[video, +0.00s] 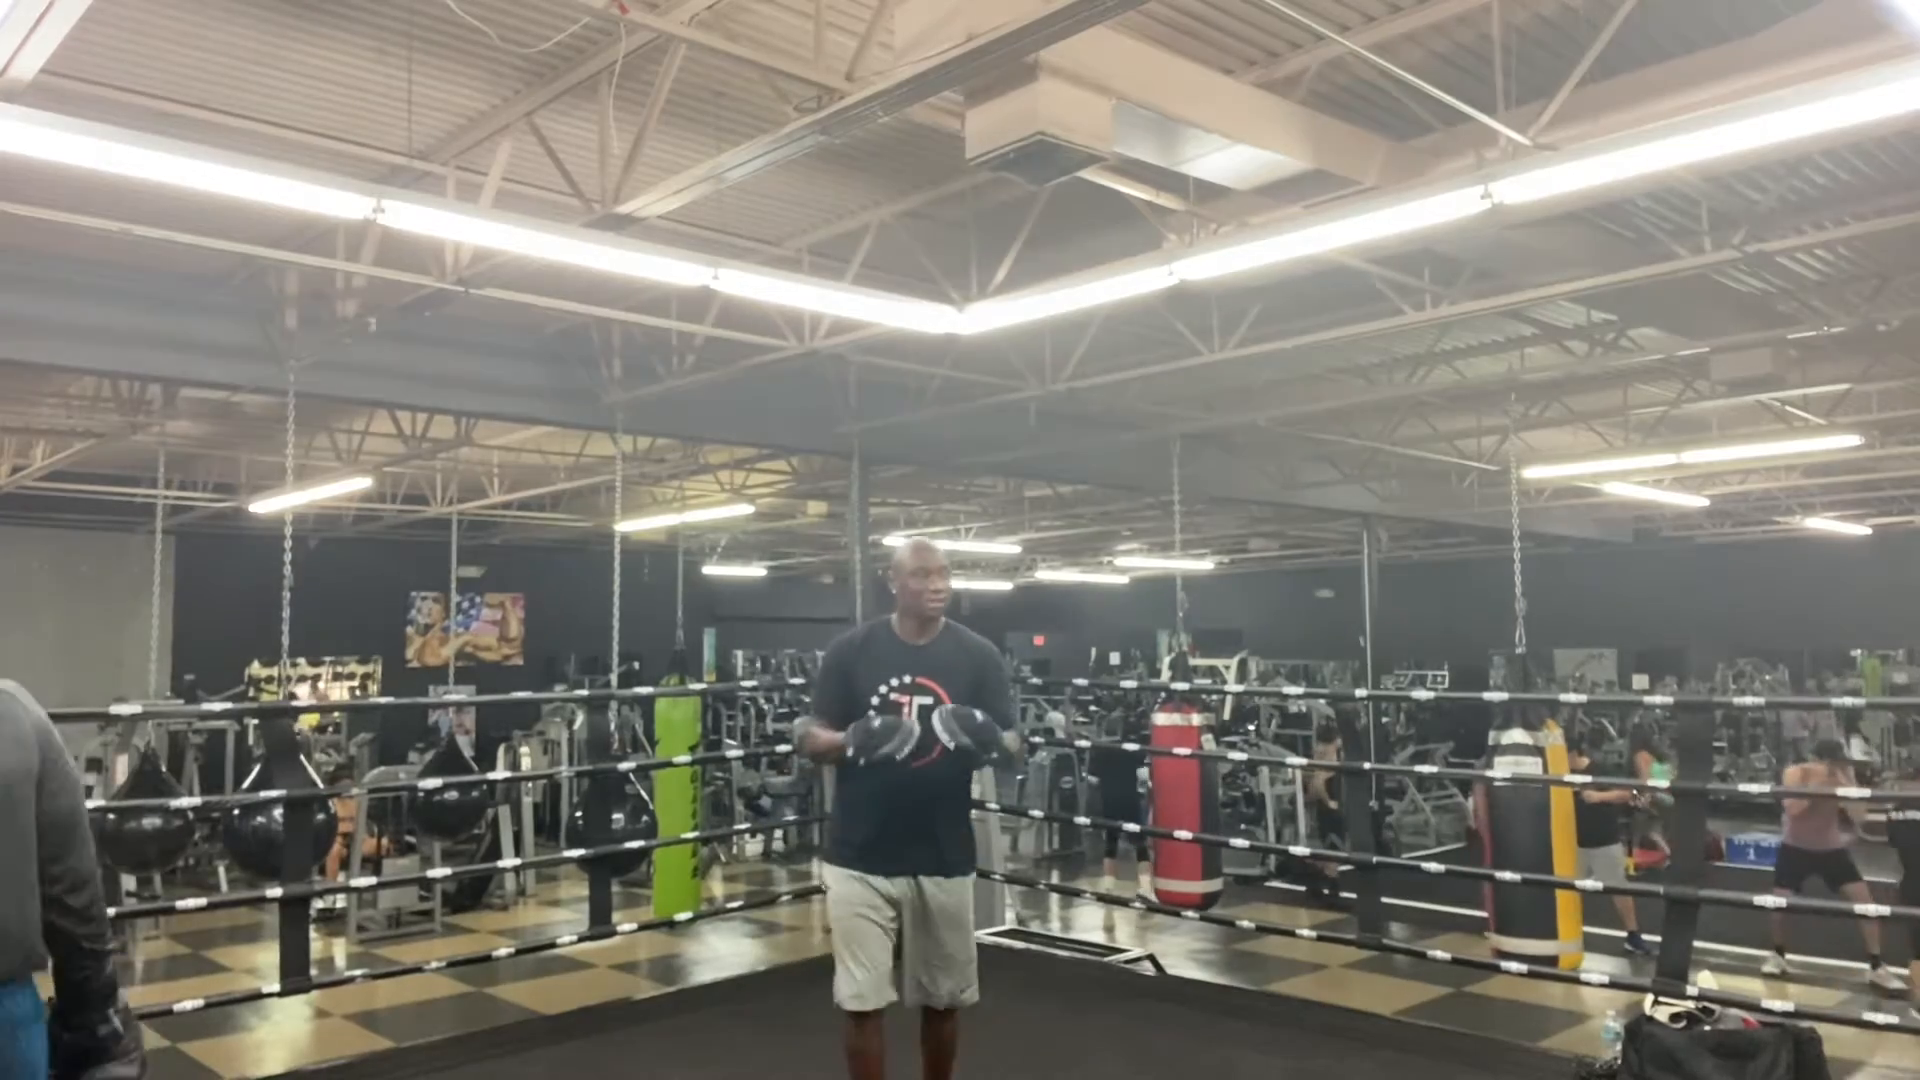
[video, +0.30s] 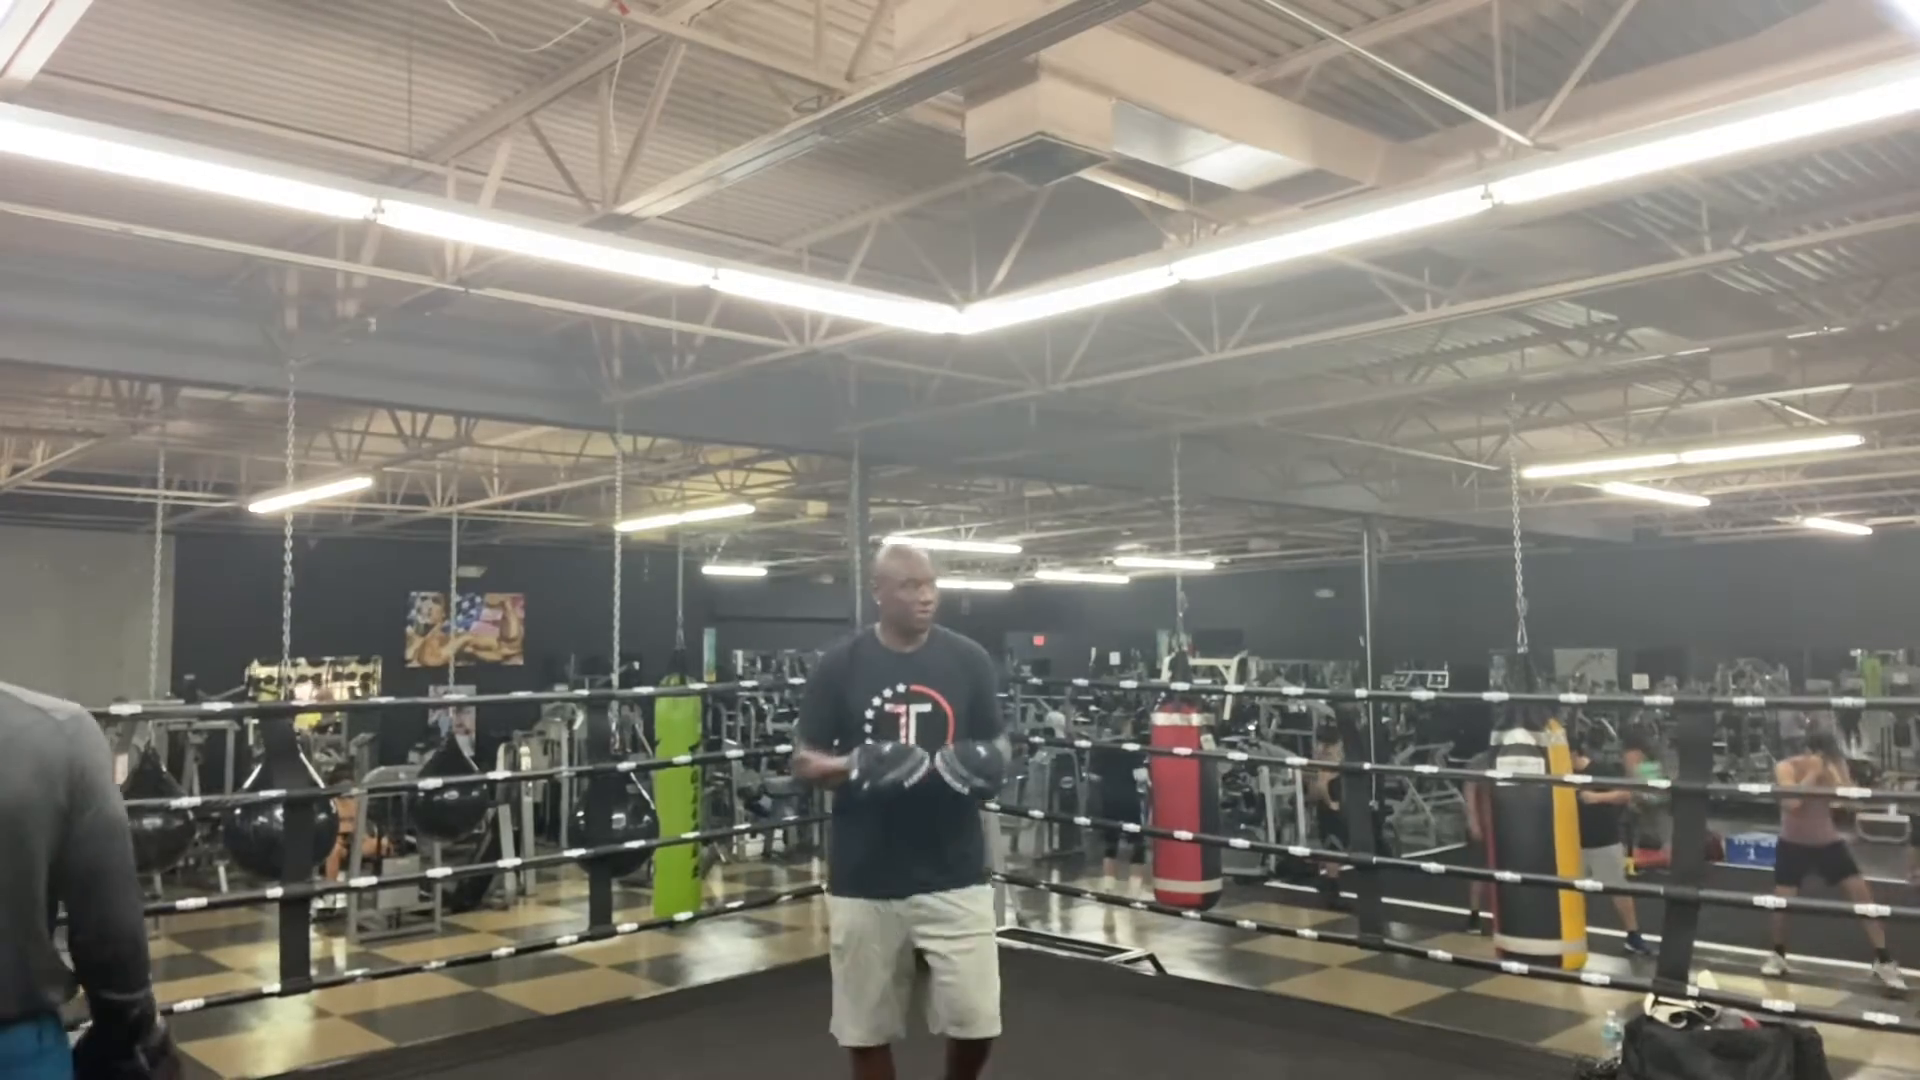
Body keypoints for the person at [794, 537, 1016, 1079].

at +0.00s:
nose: (936, 586)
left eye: (941, 575)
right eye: (922, 575)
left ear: (950, 582)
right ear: (893, 582)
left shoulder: (979, 656)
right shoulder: (849, 652)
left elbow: (1011, 747)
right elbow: (809, 737)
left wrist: (986, 740)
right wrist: (851, 741)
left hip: (944, 864)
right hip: (859, 862)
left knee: (943, 1006)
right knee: (862, 1007)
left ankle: (939, 1079)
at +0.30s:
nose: (927, 595)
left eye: (931, 583)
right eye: (912, 585)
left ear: (938, 588)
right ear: (878, 593)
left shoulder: (970, 661)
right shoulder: (838, 665)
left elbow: (997, 746)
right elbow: (803, 761)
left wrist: (987, 764)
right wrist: (854, 766)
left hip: (955, 881)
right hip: (864, 885)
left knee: (976, 1028)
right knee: (865, 1038)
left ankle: (961, 1074)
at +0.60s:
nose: (935, 596)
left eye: (948, 583)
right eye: (923, 584)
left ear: (966, 588)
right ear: (903, 589)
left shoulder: (1003, 670)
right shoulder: (862, 664)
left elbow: (1031, 771)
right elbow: (818, 767)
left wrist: (1018, 773)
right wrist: (870, 757)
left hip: (972, 899)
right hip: (879, 897)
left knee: (976, 1060)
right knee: (877, 1054)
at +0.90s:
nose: (940, 586)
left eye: (955, 574)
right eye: (933, 573)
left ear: (993, 577)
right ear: (926, 576)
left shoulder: (1039, 662)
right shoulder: (891, 651)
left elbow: (1070, 770)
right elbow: (852, 748)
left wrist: (1015, 755)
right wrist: (874, 753)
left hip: (995, 908)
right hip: (895, 898)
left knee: (1000, 1067)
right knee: (872, 1060)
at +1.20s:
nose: (922, 588)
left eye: (937, 573)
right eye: (916, 575)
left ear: (981, 574)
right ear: (912, 578)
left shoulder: (1045, 660)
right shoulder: (892, 659)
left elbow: (1075, 782)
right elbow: (869, 760)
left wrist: (1002, 764)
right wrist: (879, 769)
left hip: (1009, 923)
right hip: (908, 919)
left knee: (1013, 1073)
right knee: (918, 1072)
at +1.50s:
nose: (881, 586)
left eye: (896, 568)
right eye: (873, 572)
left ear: (938, 569)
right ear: (866, 579)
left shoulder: (1025, 648)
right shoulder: (859, 675)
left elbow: (1082, 752)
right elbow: (839, 790)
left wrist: (1046, 753)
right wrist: (854, 799)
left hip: (1018, 928)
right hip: (908, 935)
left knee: (1023, 1072)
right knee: (912, 1073)